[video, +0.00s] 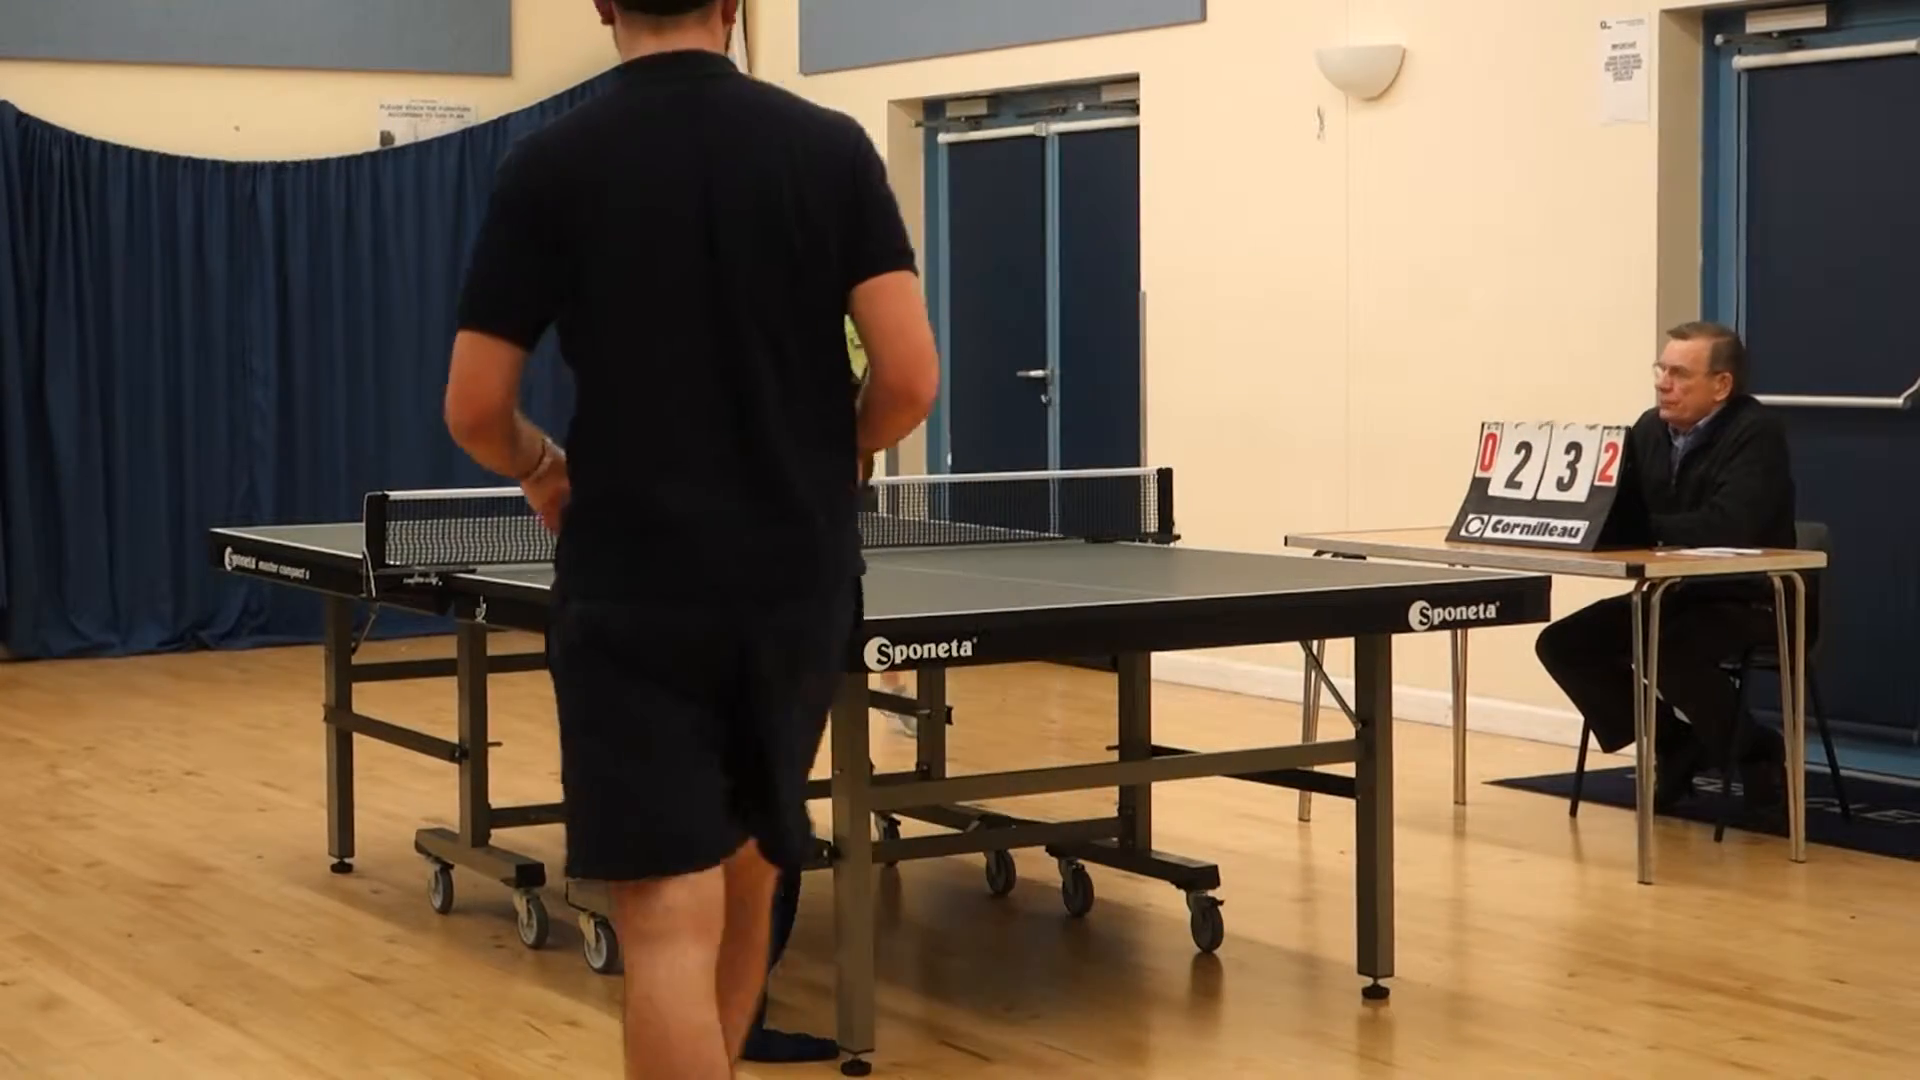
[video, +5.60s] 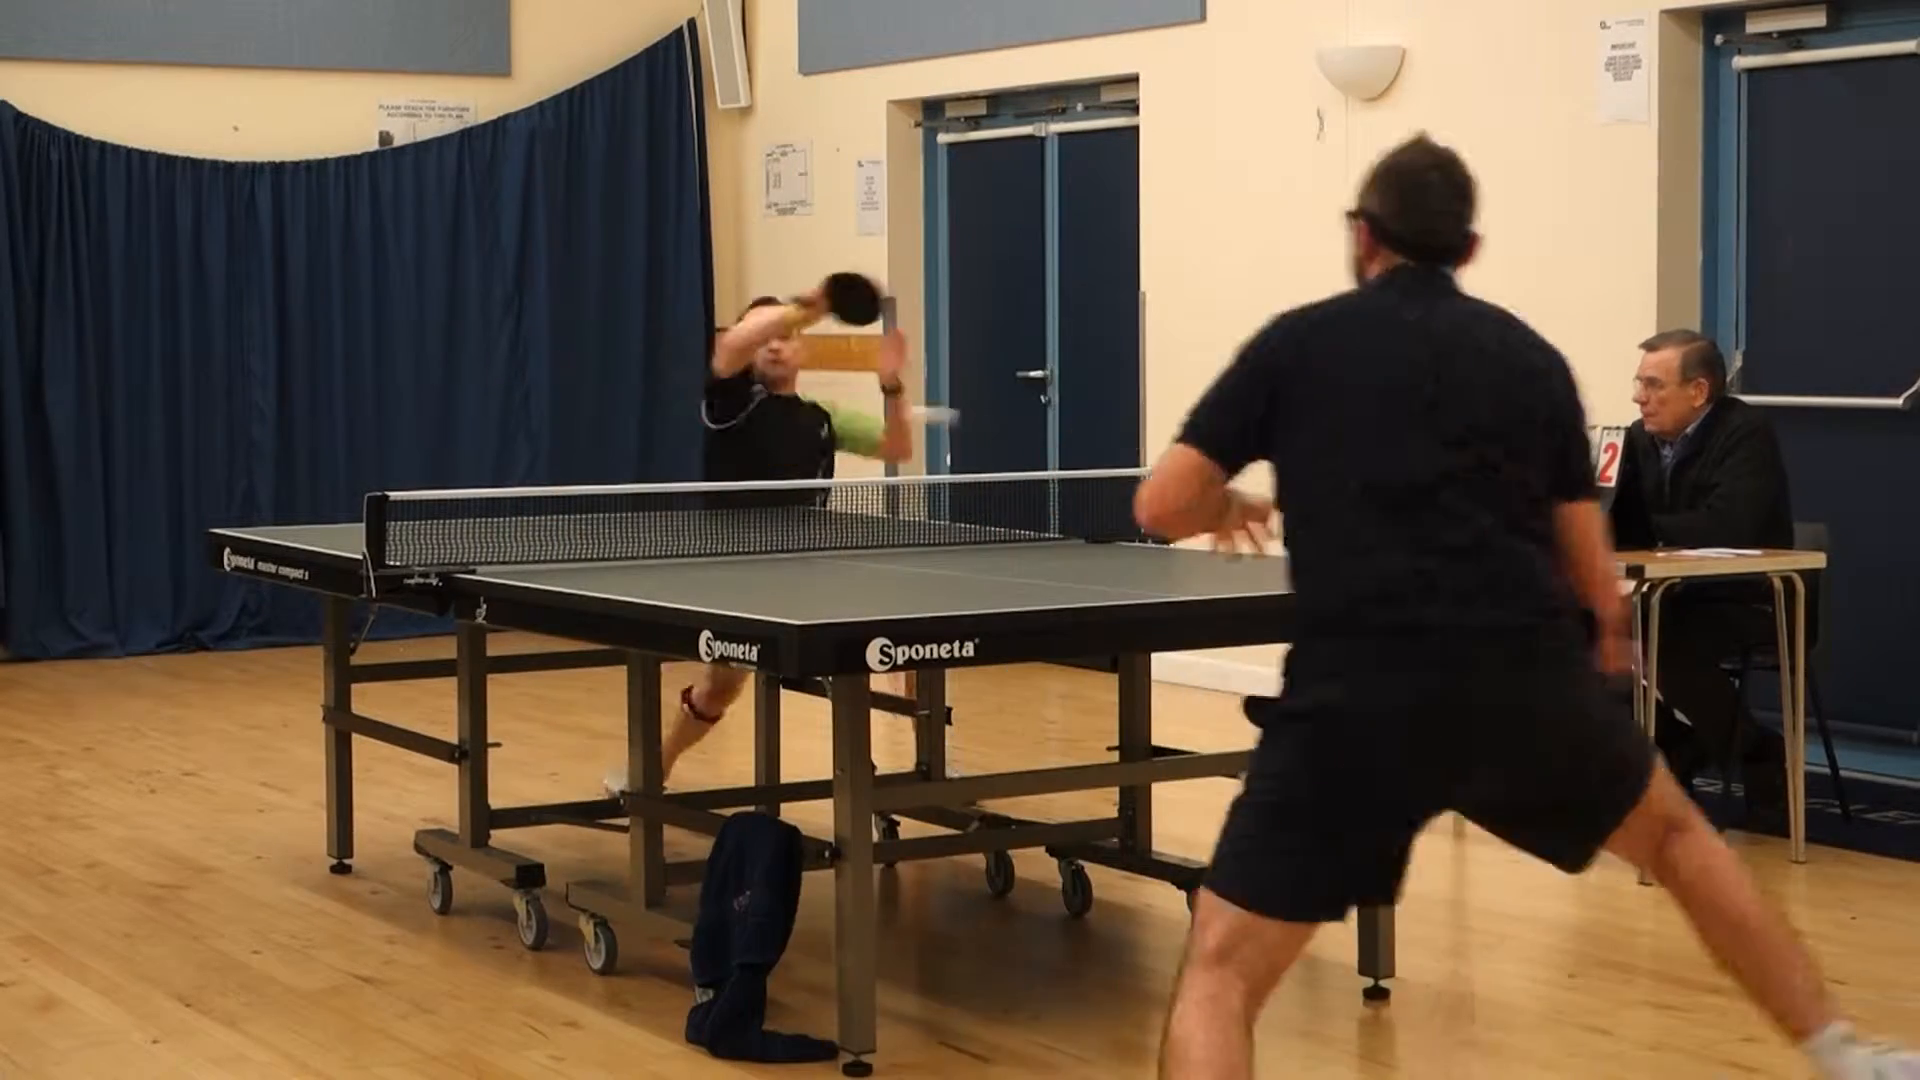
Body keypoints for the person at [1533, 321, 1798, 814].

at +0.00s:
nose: (1663, 383)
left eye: (1679, 374)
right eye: (1661, 370)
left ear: (1721, 386)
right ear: (1655, 371)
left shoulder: (1756, 432)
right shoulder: (1649, 429)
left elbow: (1737, 526)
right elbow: (1613, 509)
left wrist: (1639, 530)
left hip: (1754, 597)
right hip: (1672, 592)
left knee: (1669, 649)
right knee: (1562, 644)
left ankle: (1758, 750)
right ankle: (1674, 742)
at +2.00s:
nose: (1661, 396)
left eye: (1677, 383)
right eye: (1654, 382)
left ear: (1716, 388)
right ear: (1646, 383)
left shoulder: (1749, 434)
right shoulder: (1641, 438)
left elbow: (1733, 526)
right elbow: (1610, 518)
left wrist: (1639, 531)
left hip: (1755, 601)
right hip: (1672, 597)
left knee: (1668, 647)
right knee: (1561, 644)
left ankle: (1757, 751)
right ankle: (1674, 741)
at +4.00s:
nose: (1656, 398)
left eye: (1671, 385)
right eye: (1651, 384)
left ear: (1713, 388)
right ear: (1644, 385)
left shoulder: (1747, 435)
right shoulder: (1640, 438)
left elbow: (1734, 527)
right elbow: (1609, 517)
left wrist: (1638, 530)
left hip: (1757, 601)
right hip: (1671, 596)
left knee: (1666, 644)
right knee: (1562, 644)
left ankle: (1756, 752)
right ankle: (1674, 743)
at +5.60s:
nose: (1639, 396)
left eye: (1653, 385)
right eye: (1640, 383)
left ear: (1698, 393)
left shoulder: (1746, 435)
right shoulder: (1642, 439)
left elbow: (1734, 528)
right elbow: (1623, 529)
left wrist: (1647, 532)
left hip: (1755, 597)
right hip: (1677, 592)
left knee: (1670, 642)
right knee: (1605, 629)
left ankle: (1758, 753)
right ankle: (1675, 742)